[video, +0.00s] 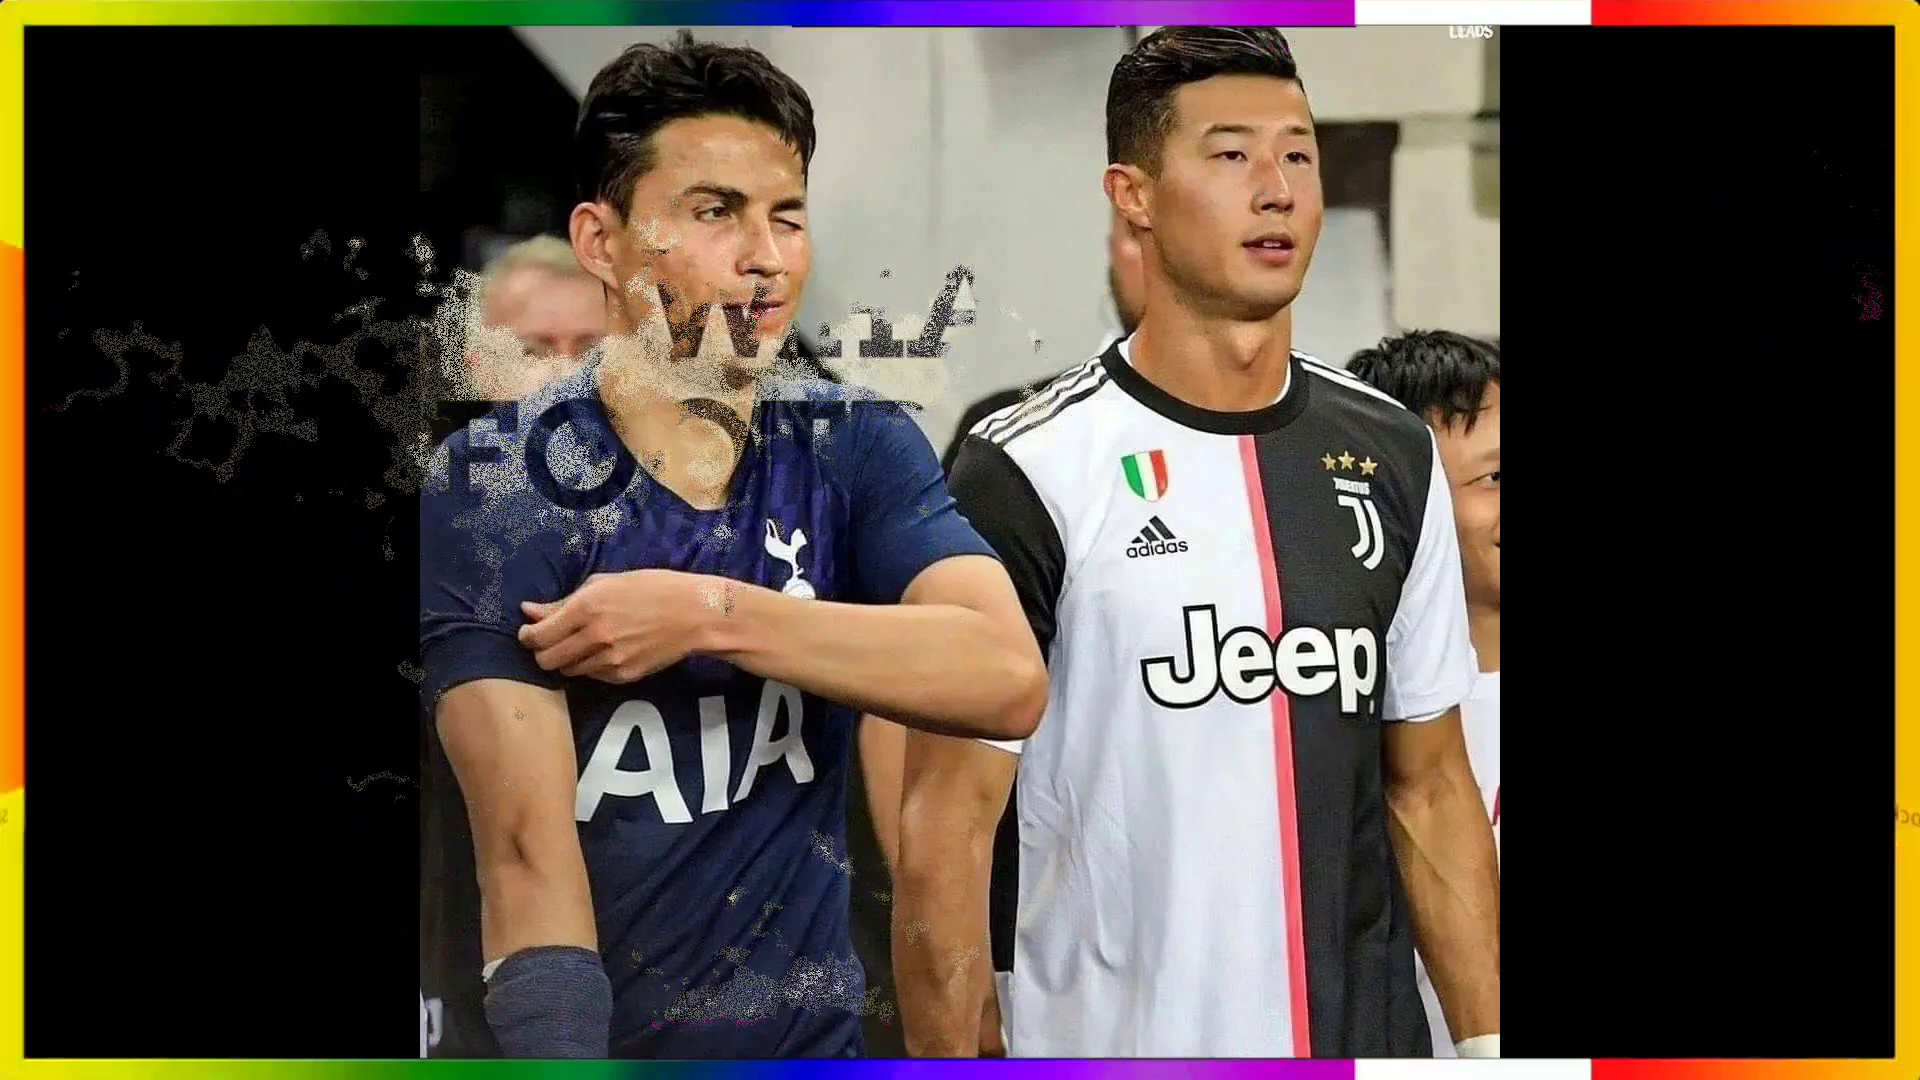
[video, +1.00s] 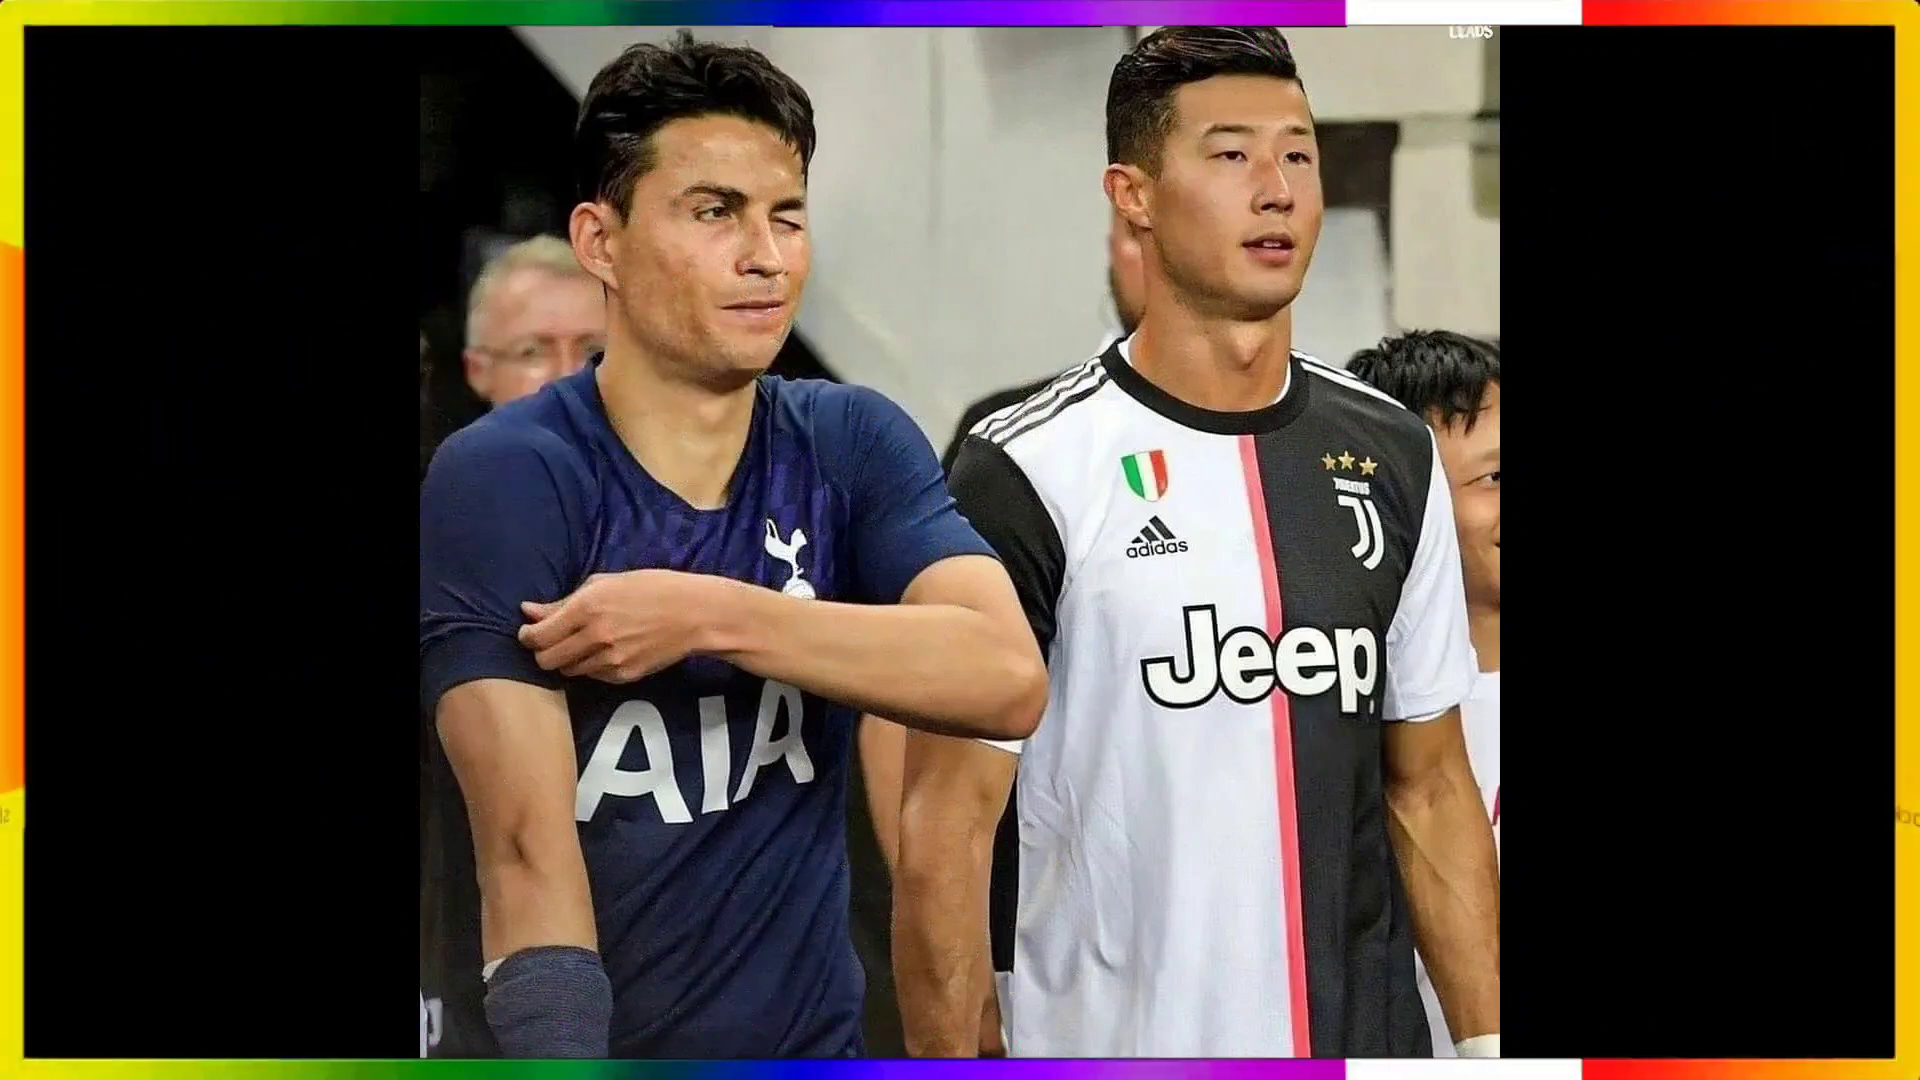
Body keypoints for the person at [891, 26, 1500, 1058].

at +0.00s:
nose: (1279, 193)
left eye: (1298, 159)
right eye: (1230, 156)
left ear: (1320, 187)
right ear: (1133, 197)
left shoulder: (1392, 451)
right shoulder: (1022, 463)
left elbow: (1431, 786)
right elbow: (947, 817)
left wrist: (1483, 1048)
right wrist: (952, 1067)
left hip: (1358, 1046)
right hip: (1107, 1047)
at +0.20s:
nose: (1279, 193)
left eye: (1298, 158)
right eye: (1230, 156)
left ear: (1319, 186)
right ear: (1134, 197)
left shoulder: (1392, 451)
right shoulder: (1022, 462)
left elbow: (1431, 786)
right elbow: (948, 817)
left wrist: (1483, 1046)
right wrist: (953, 1068)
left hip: (1363, 1042)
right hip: (1110, 1044)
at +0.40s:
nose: (1279, 193)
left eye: (1298, 158)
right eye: (1230, 156)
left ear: (1319, 186)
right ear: (1134, 197)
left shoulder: (1392, 451)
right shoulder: (1022, 462)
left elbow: (1431, 786)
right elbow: (948, 816)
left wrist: (1483, 1046)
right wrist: (952, 1067)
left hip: (1360, 1044)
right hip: (1109, 1046)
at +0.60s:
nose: (1279, 193)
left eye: (1298, 159)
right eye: (1230, 156)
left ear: (1320, 187)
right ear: (1133, 197)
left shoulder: (1392, 451)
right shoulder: (1022, 462)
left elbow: (1431, 786)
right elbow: (947, 817)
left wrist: (1484, 1047)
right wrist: (953, 1066)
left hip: (1359, 1046)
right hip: (1109, 1045)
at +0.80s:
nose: (1279, 193)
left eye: (1298, 159)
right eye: (1230, 156)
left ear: (1320, 187)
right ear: (1133, 197)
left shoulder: (1392, 451)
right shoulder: (1022, 462)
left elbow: (1431, 786)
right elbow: (947, 816)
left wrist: (1482, 1046)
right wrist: (953, 1069)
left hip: (1358, 1046)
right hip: (1107, 1048)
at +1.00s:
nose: (1279, 193)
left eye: (1297, 159)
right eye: (1230, 156)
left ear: (1319, 187)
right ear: (1133, 197)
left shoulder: (1392, 451)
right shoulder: (1022, 462)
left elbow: (1431, 785)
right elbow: (948, 816)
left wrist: (1483, 1049)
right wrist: (952, 1066)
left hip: (1358, 1046)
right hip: (1107, 1046)